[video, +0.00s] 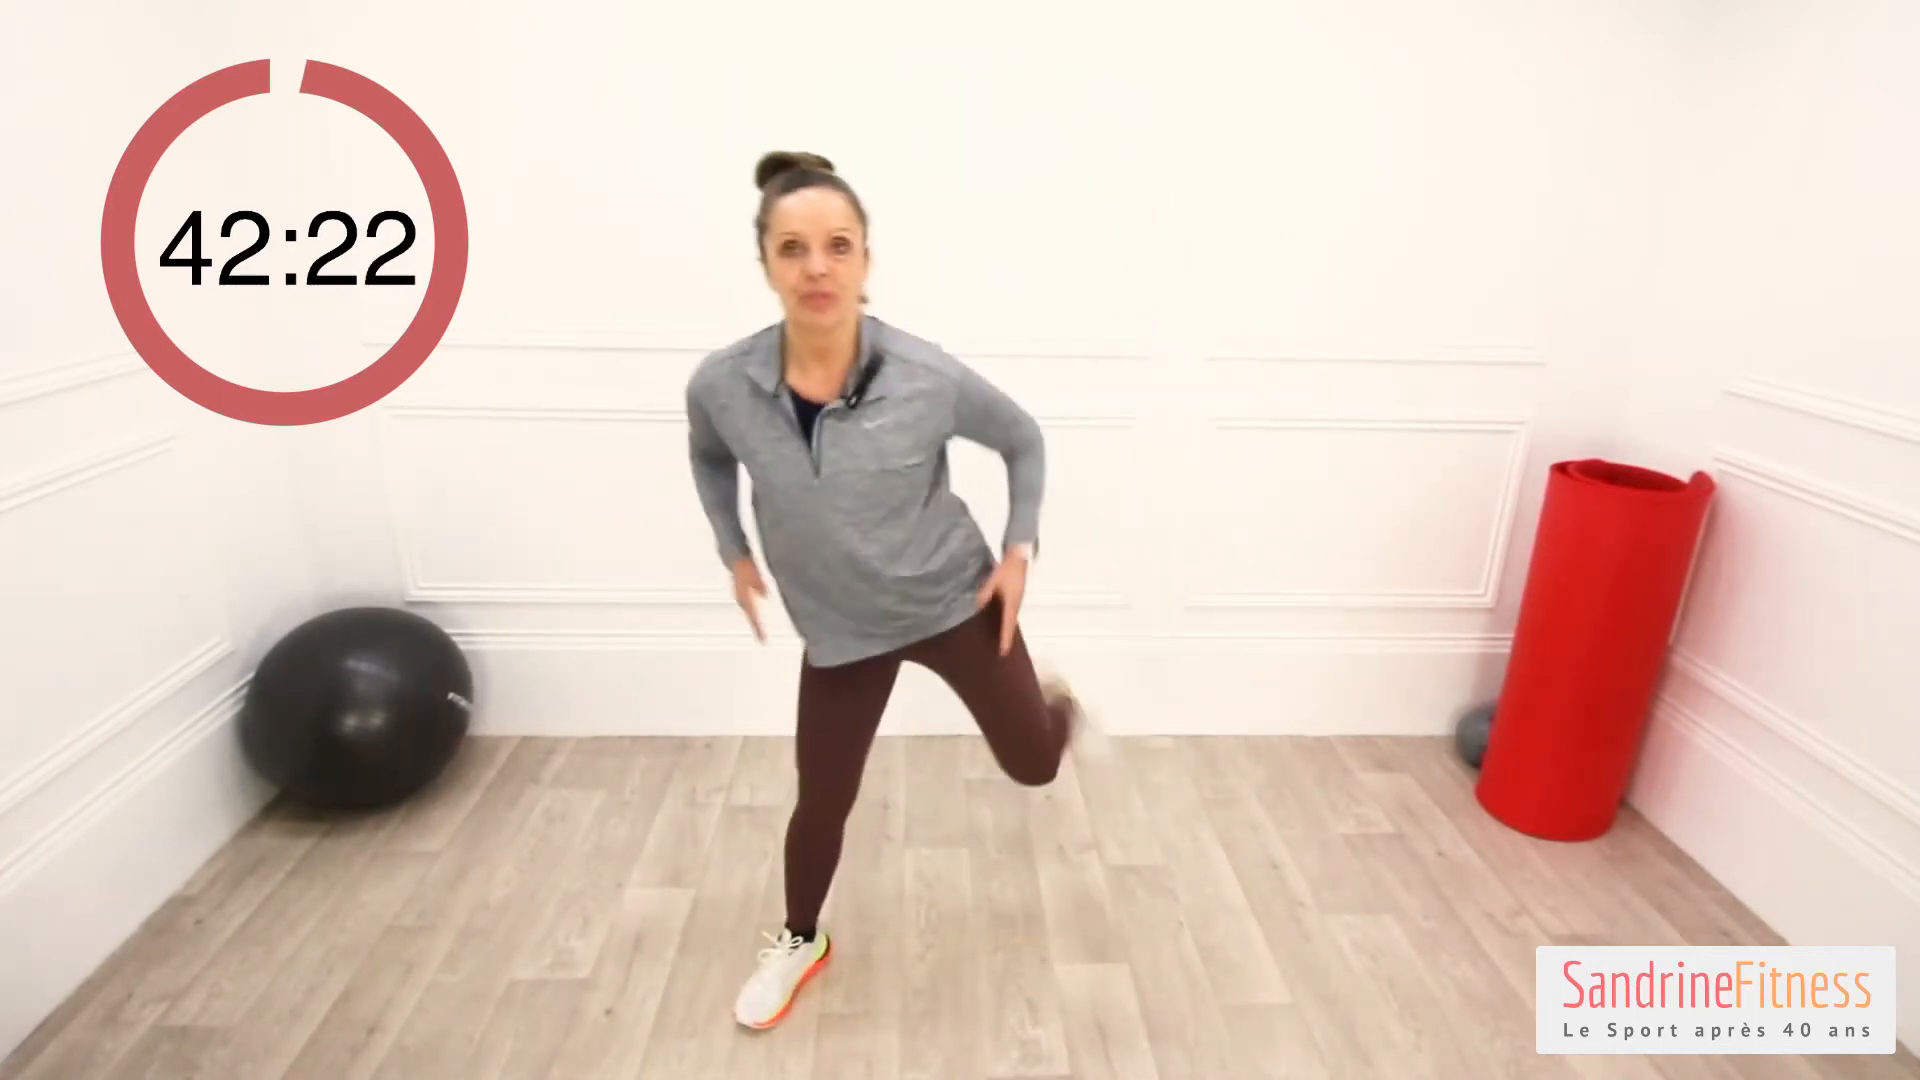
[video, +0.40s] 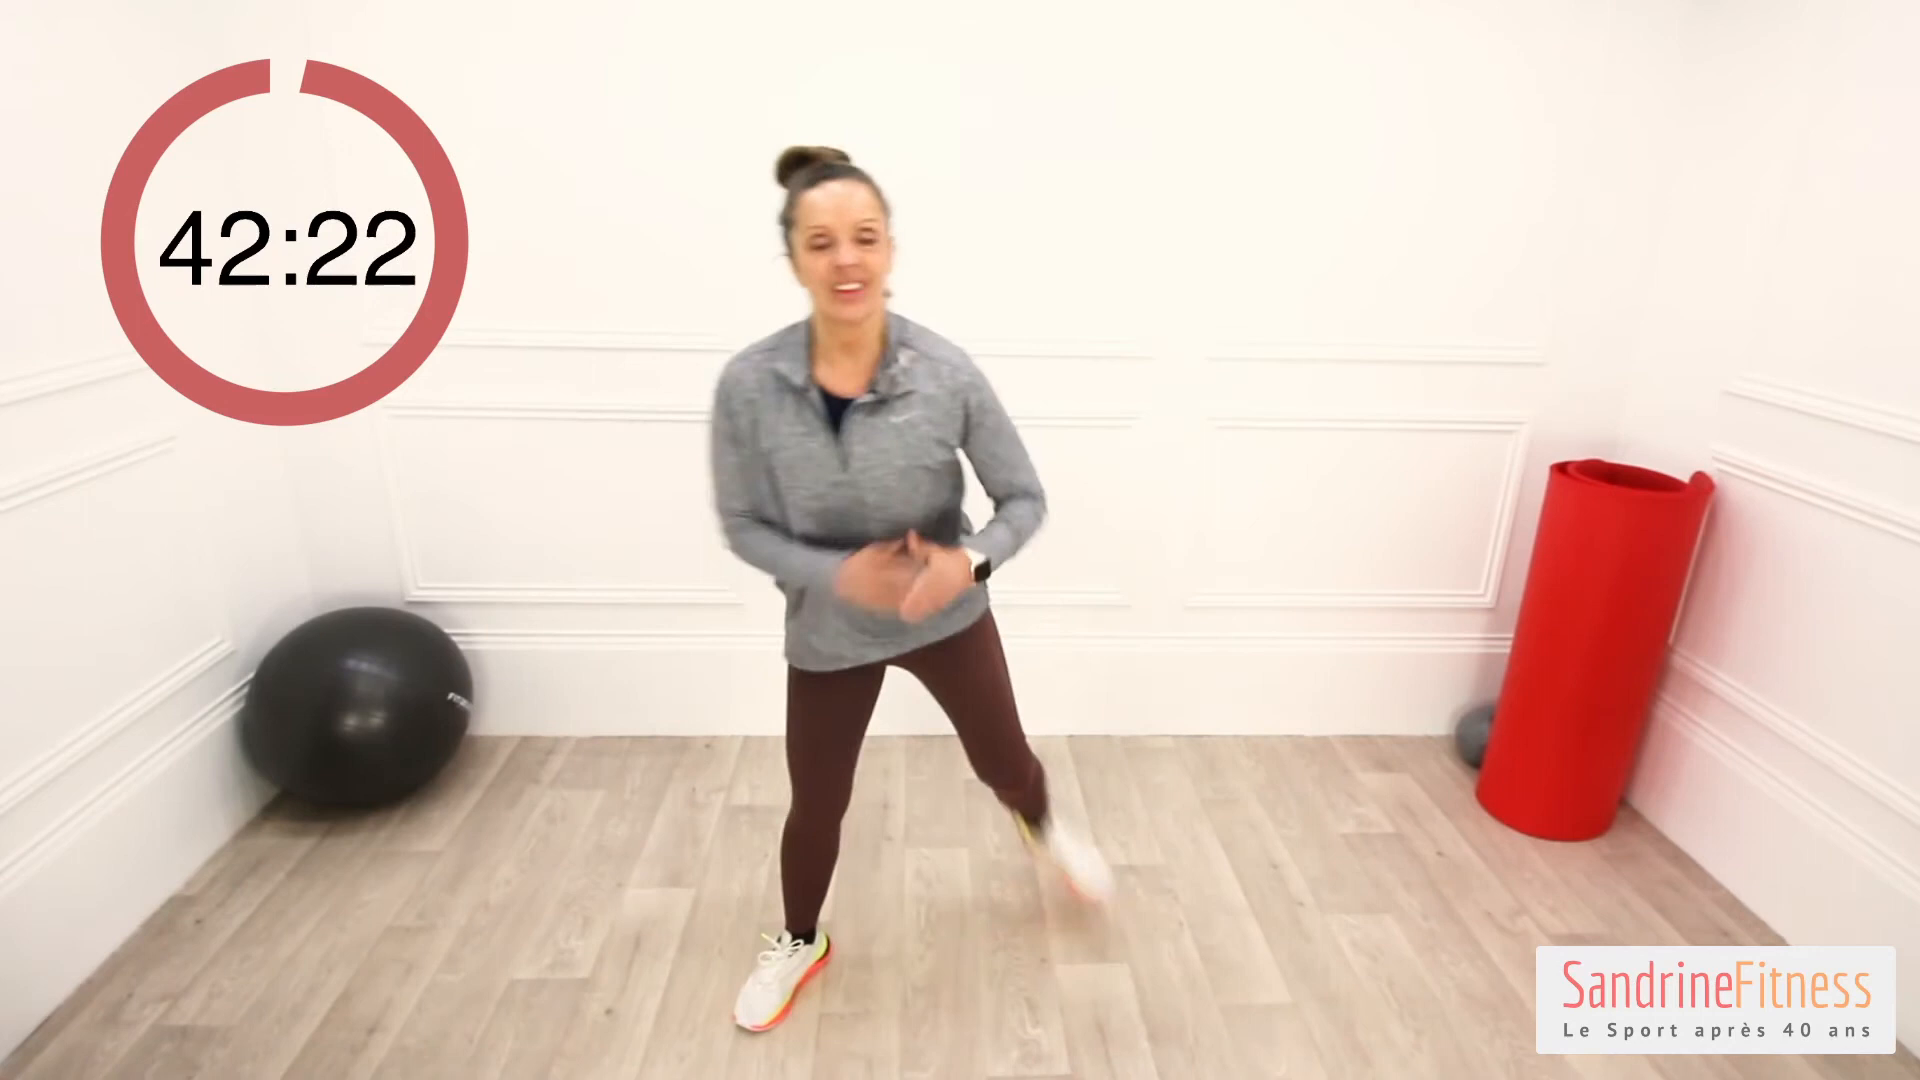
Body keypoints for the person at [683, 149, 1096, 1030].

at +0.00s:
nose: (818, 269)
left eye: (837, 246)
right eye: (794, 250)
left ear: (867, 259)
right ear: (766, 267)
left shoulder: (928, 377)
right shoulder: (723, 387)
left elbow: (1024, 441)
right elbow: (712, 461)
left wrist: (1019, 550)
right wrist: (735, 550)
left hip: (953, 608)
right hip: (839, 631)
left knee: (1031, 765)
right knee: (820, 799)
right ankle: (799, 939)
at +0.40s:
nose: (848, 262)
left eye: (865, 239)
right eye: (823, 244)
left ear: (891, 250)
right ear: (793, 262)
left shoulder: (948, 373)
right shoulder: (749, 388)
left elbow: (1024, 501)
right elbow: (743, 527)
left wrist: (971, 561)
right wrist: (835, 573)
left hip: (947, 621)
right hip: (828, 636)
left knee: (1006, 767)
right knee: (816, 804)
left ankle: (1043, 831)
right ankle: (799, 941)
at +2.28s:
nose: (822, 271)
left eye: (839, 247)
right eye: (796, 254)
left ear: (863, 256)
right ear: (764, 272)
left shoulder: (927, 378)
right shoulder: (725, 400)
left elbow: (1005, 496)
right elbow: (722, 529)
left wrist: (963, 570)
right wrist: (792, 598)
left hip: (934, 607)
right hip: (822, 624)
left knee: (999, 759)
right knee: (814, 803)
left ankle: (1024, 797)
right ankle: (796, 931)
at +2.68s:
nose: (1052, 304)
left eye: (1067, 280)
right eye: (1028, 287)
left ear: (1088, 289)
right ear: (998, 305)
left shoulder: (1132, 426)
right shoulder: (952, 418)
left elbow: (1162, 563)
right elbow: (901, 570)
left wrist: (1133, 654)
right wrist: (958, 655)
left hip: (1041, 648)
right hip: (932, 635)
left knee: (1069, 806)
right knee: (865, 792)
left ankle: (1097, 919)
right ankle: (784, 925)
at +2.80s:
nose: (1118, 278)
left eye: (1135, 255)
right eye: (1092, 262)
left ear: (1158, 267)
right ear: (1061, 282)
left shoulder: (1198, 404)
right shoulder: (1006, 395)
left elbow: (1193, 506)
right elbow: (922, 483)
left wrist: (1167, 587)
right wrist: (944, 593)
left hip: (1067, 626)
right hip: (964, 599)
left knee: (1076, 791)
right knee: (881, 766)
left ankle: (1097, 917)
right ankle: (790, 803)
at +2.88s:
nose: (1143, 281)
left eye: (1162, 257)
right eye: (1118, 263)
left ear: (1185, 269)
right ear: (1085, 282)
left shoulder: (1216, 398)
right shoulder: (1027, 386)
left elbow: (1193, 480)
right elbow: (944, 444)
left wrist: (1166, 559)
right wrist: (946, 558)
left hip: (1082, 631)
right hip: (979, 606)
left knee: (1084, 794)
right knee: (898, 779)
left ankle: (1096, 918)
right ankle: (839, 697)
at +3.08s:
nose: (1148, 308)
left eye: (1168, 285)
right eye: (1123, 289)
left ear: (1193, 300)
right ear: (1094, 308)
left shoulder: (1217, 418)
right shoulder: (1036, 416)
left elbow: (1171, 518)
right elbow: (967, 525)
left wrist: (1159, 588)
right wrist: (1014, 618)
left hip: (1106, 650)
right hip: (999, 632)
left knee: (1098, 810)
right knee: (927, 799)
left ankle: (1097, 920)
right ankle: (949, 619)